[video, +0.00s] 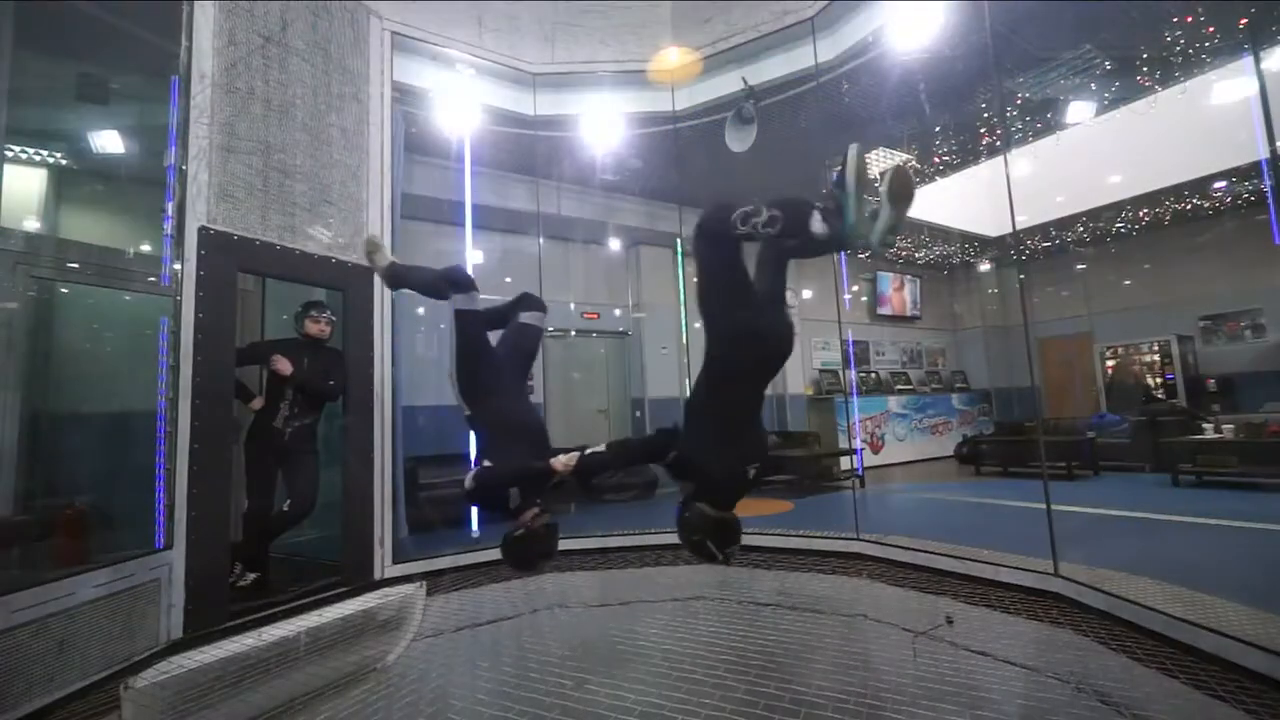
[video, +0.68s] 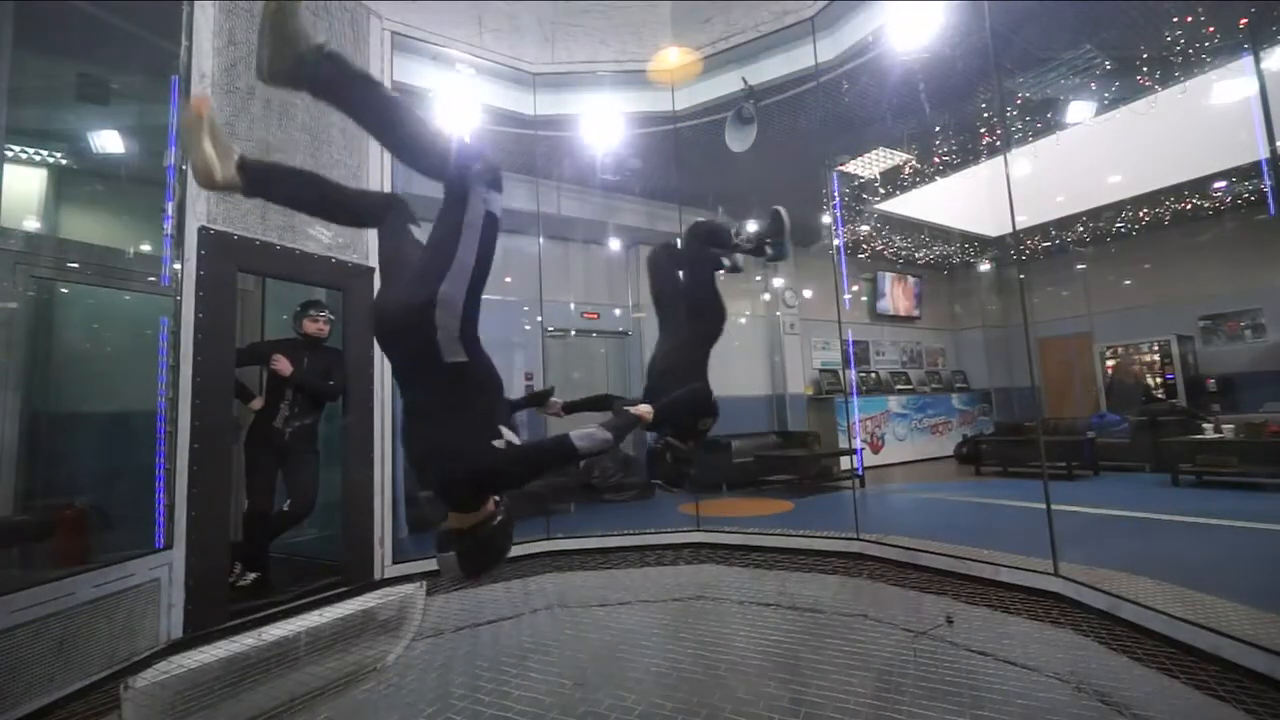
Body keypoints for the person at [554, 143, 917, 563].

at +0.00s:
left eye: (718, 548)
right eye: (707, 548)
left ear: (727, 527)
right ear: (688, 516)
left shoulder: (743, 473)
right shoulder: (688, 463)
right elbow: (636, 450)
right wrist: (580, 461)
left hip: (775, 350)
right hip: (728, 345)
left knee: (776, 246)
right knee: (713, 224)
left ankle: (848, 232)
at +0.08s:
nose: (730, 539)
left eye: (725, 538)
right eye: (720, 540)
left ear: (720, 510)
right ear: (707, 508)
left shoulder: (746, 471)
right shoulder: (709, 458)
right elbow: (662, 440)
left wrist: (603, 452)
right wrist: (604, 449)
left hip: (784, 345)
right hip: (756, 343)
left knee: (785, 250)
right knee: (742, 224)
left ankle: (875, 240)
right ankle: (857, 228)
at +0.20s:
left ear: (722, 482)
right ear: (726, 482)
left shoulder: (751, 454)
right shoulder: (726, 438)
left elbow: (685, 430)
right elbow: (685, 432)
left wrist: (637, 435)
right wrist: (634, 436)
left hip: (780, 344)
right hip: (776, 345)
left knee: (785, 258)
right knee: (777, 252)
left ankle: (887, 258)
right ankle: (886, 257)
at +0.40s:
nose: (735, 463)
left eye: (733, 463)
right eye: (735, 463)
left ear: (716, 465)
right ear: (725, 463)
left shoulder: (716, 433)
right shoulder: (729, 427)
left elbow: (675, 413)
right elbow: (685, 417)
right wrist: (652, 422)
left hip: (739, 340)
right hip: (759, 339)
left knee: (748, 259)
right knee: (774, 235)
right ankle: (864, 253)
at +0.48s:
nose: (714, 457)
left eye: (715, 457)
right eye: (719, 456)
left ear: (704, 450)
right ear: (722, 446)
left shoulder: (696, 427)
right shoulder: (727, 424)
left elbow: (658, 409)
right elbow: (715, 405)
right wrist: (658, 421)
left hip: (720, 326)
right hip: (744, 328)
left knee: (730, 256)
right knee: (756, 232)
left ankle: (807, 267)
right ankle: (837, 253)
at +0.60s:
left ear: (682, 447)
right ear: (703, 442)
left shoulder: (664, 417)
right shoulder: (713, 416)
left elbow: (627, 404)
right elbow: (708, 395)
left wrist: (584, 409)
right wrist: (655, 415)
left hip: (689, 322)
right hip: (719, 329)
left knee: (685, 252)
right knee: (722, 233)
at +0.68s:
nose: (681, 440)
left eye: (679, 440)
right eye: (684, 440)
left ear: (674, 435)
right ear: (693, 432)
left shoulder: (652, 413)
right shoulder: (702, 411)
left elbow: (611, 402)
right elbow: (697, 391)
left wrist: (566, 408)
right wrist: (653, 411)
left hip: (672, 332)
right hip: (704, 330)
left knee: (661, 254)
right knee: (698, 233)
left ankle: (715, 261)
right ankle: (749, 244)